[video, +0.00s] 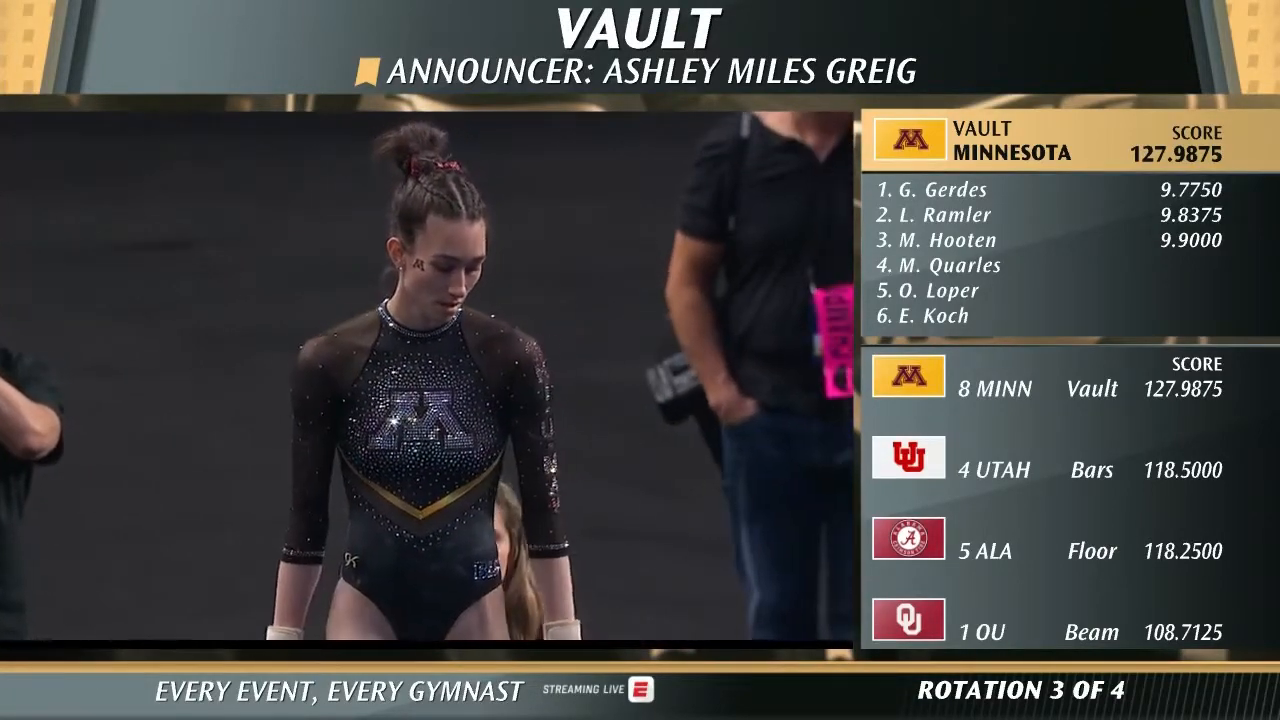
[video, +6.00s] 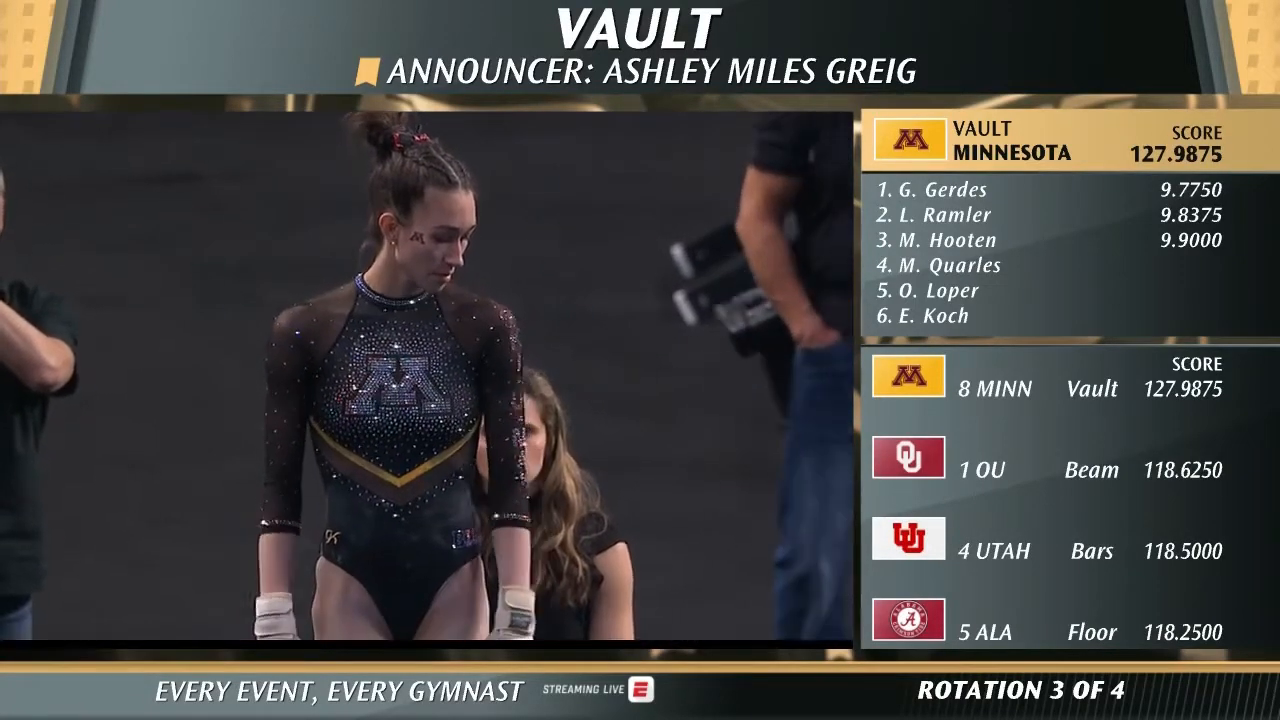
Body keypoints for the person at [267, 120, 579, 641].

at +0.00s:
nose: (459, 286)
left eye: (472, 266)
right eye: (443, 266)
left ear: (485, 257)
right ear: (398, 254)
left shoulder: (510, 357)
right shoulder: (329, 361)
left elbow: (542, 516)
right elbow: (307, 522)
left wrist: (564, 633)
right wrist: (282, 638)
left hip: (476, 595)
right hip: (366, 593)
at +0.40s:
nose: (450, 289)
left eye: (462, 270)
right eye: (434, 269)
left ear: (473, 262)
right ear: (387, 258)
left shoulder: (491, 361)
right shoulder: (311, 365)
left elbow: (502, 510)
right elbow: (295, 520)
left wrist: (499, 632)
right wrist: (303, 638)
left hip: (462, 598)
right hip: (351, 598)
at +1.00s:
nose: (465, 292)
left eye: (477, 273)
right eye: (451, 271)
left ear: (488, 265)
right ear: (403, 257)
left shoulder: (499, 369)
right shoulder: (316, 366)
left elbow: (533, 524)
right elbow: (286, 536)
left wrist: (551, 649)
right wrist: (265, 649)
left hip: (461, 606)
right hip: (350, 606)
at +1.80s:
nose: (500, 255)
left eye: (509, 238)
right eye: (487, 235)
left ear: (516, 227)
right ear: (435, 219)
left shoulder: (522, 323)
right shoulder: (338, 313)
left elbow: (552, 472)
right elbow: (294, 462)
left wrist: (543, 599)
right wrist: (285, 598)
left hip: (471, 576)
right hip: (359, 571)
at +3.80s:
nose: (463, 247)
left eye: (470, 229)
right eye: (448, 229)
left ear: (476, 217)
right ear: (395, 214)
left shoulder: (484, 319)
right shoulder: (307, 320)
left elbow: (499, 470)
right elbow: (283, 473)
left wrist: (489, 616)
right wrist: (306, 612)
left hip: (455, 564)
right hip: (348, 561)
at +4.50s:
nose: (467, 249)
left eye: (475, 231)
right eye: (452, 231)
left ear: (482, 220)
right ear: (400, 216)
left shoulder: (493, 320)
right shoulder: (314, 321)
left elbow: (530, 472)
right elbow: (280, 478)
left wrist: (560, 612)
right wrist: (245, 619)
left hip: (458, 568)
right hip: (350, 566)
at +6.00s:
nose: (458, 255)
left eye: (466, 237)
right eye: (443, 238)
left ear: (472, 223)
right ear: (390, 226)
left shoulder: (484, 326)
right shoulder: (305, 330)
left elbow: (508, 472)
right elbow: (281, 479)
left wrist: (518, 610)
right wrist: (273, 614)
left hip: (457, 574)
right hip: (348, 572)